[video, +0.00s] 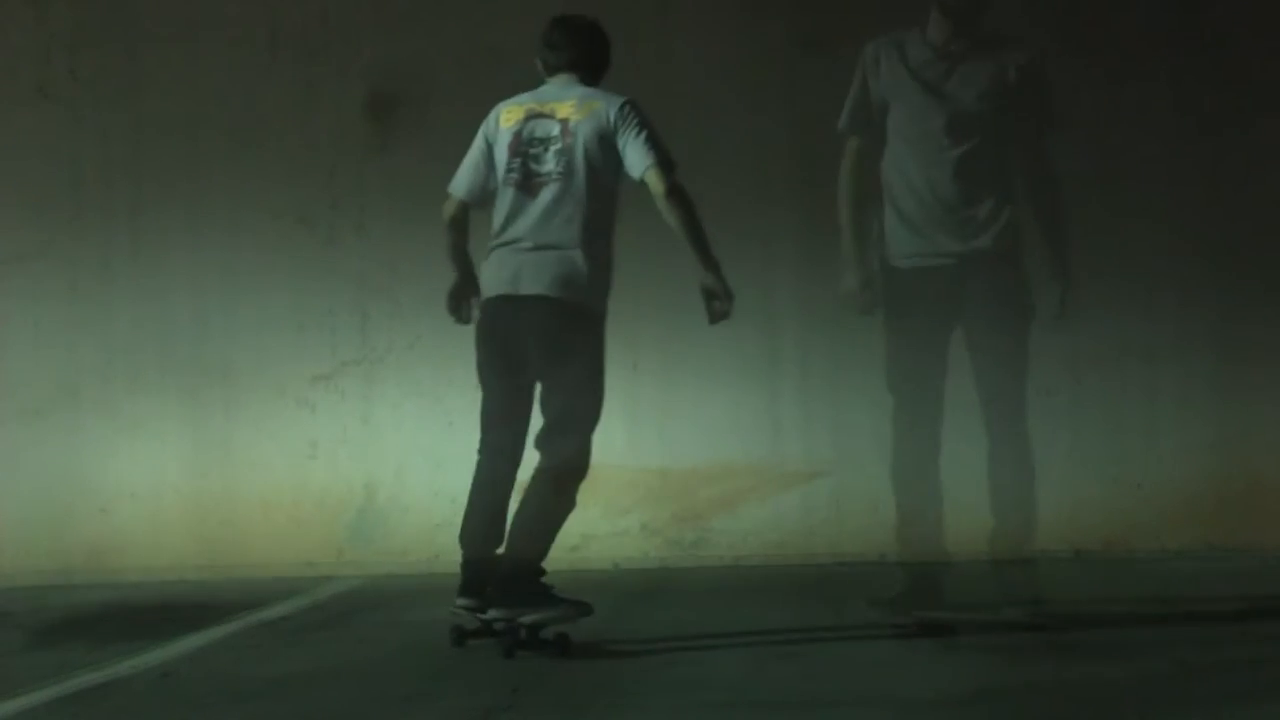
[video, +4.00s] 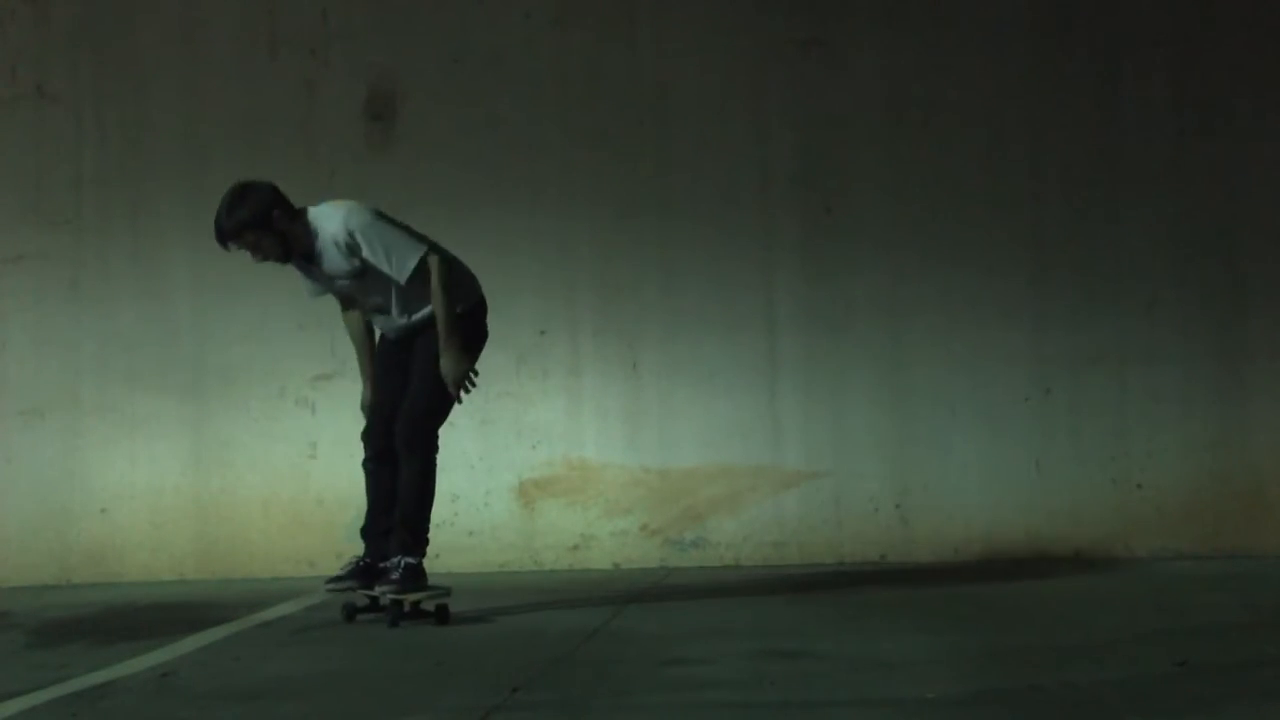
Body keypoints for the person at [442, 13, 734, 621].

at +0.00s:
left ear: (542, 63)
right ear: (601, 64)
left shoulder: (504, 114)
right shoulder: (612, 110)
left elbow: (452, 208)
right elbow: (665, 188)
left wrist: (461, 273)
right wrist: (708, 269)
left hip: (500, 300)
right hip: (568, 302)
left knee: (498, 441)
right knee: (566, 446)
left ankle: (475, 575)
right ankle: (519, 573)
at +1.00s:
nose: (517, 154)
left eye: (524, 145)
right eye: (522, 142)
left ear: (479, 119)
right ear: (508, 128)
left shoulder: (428, 152)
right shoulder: (473, 157)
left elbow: (395, 215)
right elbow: (461, 219)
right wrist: (504, 297)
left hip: (384, 313)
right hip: (416, 318)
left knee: (453, 401)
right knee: (429, 436)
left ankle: (414, 514)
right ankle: (388, 570)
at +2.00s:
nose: (467, 156)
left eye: (471, 146)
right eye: (462, 145)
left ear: (460, 140)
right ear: (432, 134)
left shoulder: (458, 172)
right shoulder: (379, 178)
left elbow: (533, 156)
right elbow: (300, 214)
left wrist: (611, 156)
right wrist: (233, 268)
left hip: (446, 306)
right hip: (400, 324)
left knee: (534, 359)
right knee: (427, 440)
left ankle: (569, 463)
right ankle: (441, 564)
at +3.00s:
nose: (340, 259)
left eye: (347, 247)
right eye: (328, 250)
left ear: (358, 237)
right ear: (308, 244)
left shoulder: (390, 267)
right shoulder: (298, 284)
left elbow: (475, 278)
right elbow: (246, 330)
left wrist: (564, 299)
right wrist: (209, 356)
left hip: (405, 397)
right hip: (346, 403)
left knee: (342, 454)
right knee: (306, 470)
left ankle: (379, 566)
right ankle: (347, 563)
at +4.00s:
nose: (254, 256)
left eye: (252, 243)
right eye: (245, 250)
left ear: (276, 219)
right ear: (277, 222)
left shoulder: (348, 222)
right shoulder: (302, 254)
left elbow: (435, 261)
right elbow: (352, 306)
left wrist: (450, 349)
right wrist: (369, 383)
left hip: (450, 314)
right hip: (399, 330)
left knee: (414, 430)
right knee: (378, 434)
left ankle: (408, 560)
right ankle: (378, 556)